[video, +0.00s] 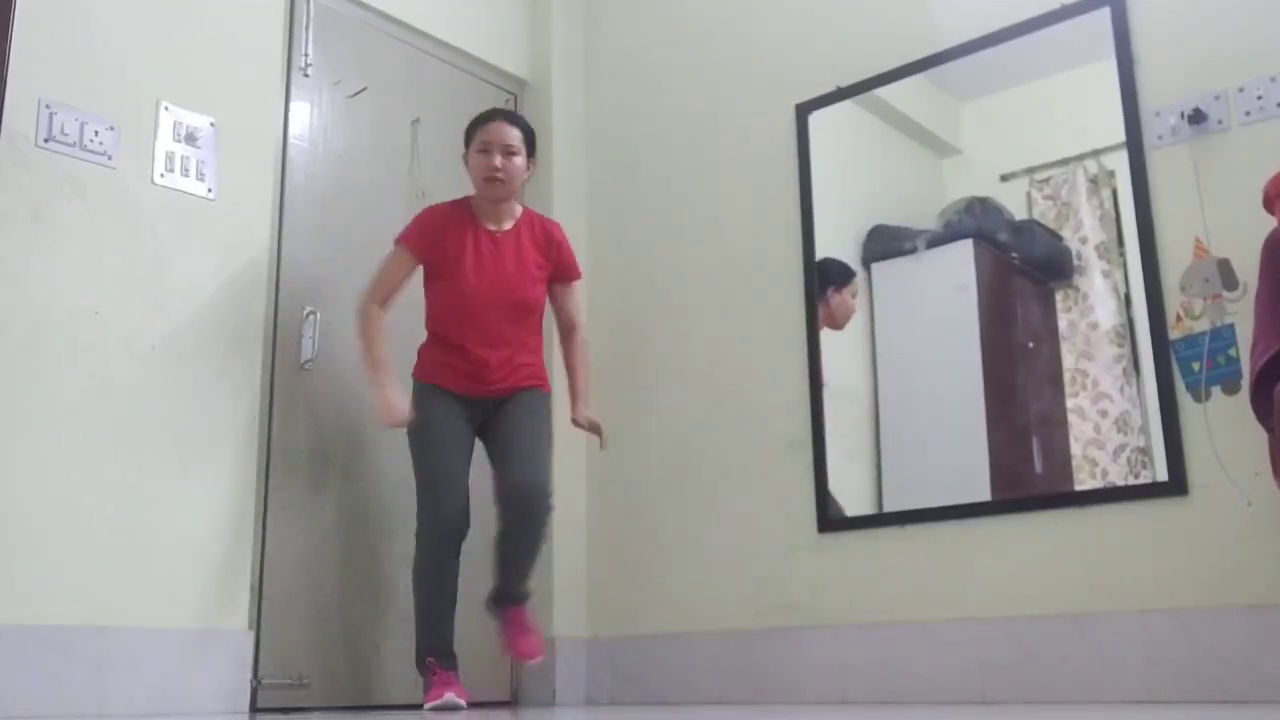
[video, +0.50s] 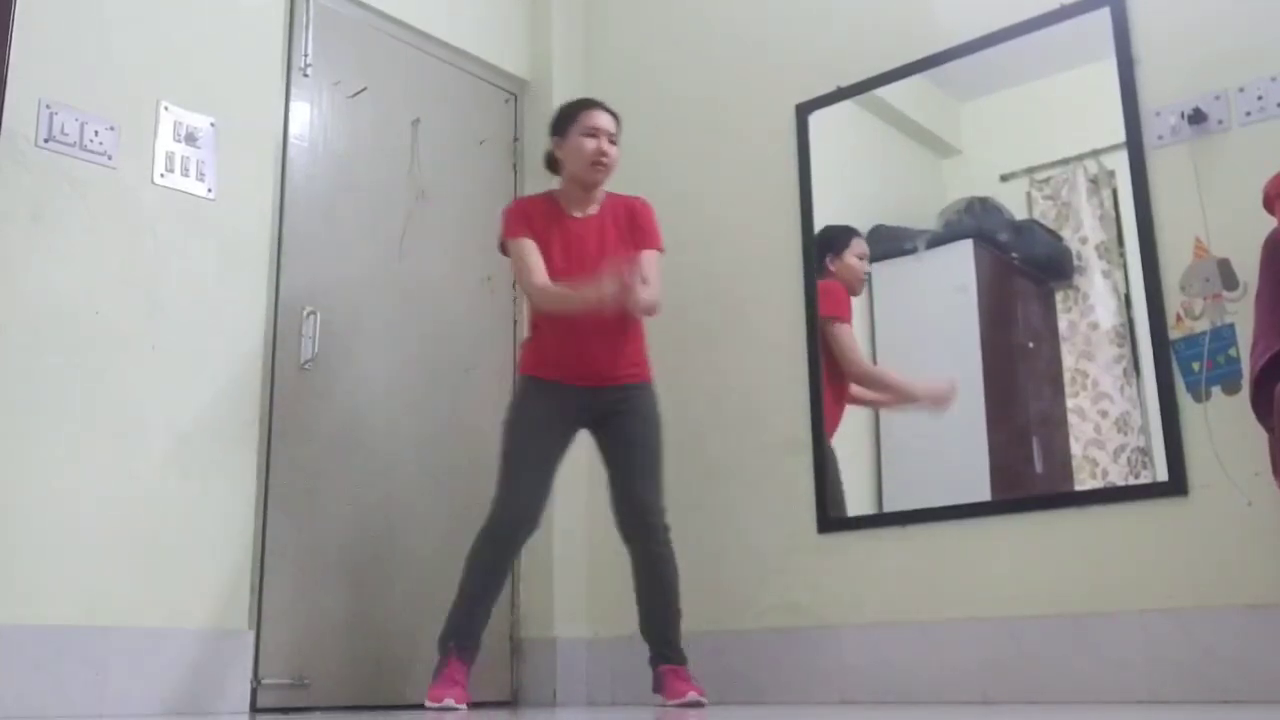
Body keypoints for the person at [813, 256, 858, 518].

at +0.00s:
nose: (854, 307)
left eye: (855, 297)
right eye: (851, 296)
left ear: (831, 295)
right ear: (831, 295)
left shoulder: (809, 340)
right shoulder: (806, 344)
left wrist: (827, 501)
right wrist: (828, 503)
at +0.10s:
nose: (853, 300)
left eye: (852, 290)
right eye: (849, 289)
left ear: (826, 289)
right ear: (826, 289)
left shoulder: (809, 334)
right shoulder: (806, 336)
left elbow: (813, 417)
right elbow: (811, 418)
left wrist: (859, 449)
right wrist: (859, 450)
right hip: (801, 465)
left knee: (850, 528)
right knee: (850, 528)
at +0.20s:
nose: (857, 285)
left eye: (857, 276)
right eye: (852, 275)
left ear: (829, 277)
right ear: (827, 276)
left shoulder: (820, 314)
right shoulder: (815, 311)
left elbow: (830, 400)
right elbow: (823, 380)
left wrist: (889, 395)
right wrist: (887, 394)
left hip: (805, 454)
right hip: (797, 456)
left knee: (844, 527)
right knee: (843, 527)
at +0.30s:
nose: (861, 277)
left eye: (860, 268)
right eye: (855, 267)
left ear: (829, 270)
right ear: (829, 269)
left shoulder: (824, 300)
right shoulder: (819, 297)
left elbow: (852, 385)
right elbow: (839, 366)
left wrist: (906, 356)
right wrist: (903, 354)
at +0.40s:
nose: (863, 275)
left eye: (862, 266)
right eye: (855, 264)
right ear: (828, 267)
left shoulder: (824, 298)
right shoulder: (821, 295)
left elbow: (860, 384)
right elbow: (855, 367)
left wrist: (919, 356)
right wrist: (919, 352)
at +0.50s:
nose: (867, 269)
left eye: (867, 261)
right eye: (860, 258)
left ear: (834, 264)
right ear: (832, 262)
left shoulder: (821, 296)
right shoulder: (829, 289)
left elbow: (845, 391)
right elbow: (854, 368)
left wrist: (910, 399)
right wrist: (922, 392)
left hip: (815, 440)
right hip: (810, 440)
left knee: (831, 529)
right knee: (832, 530)